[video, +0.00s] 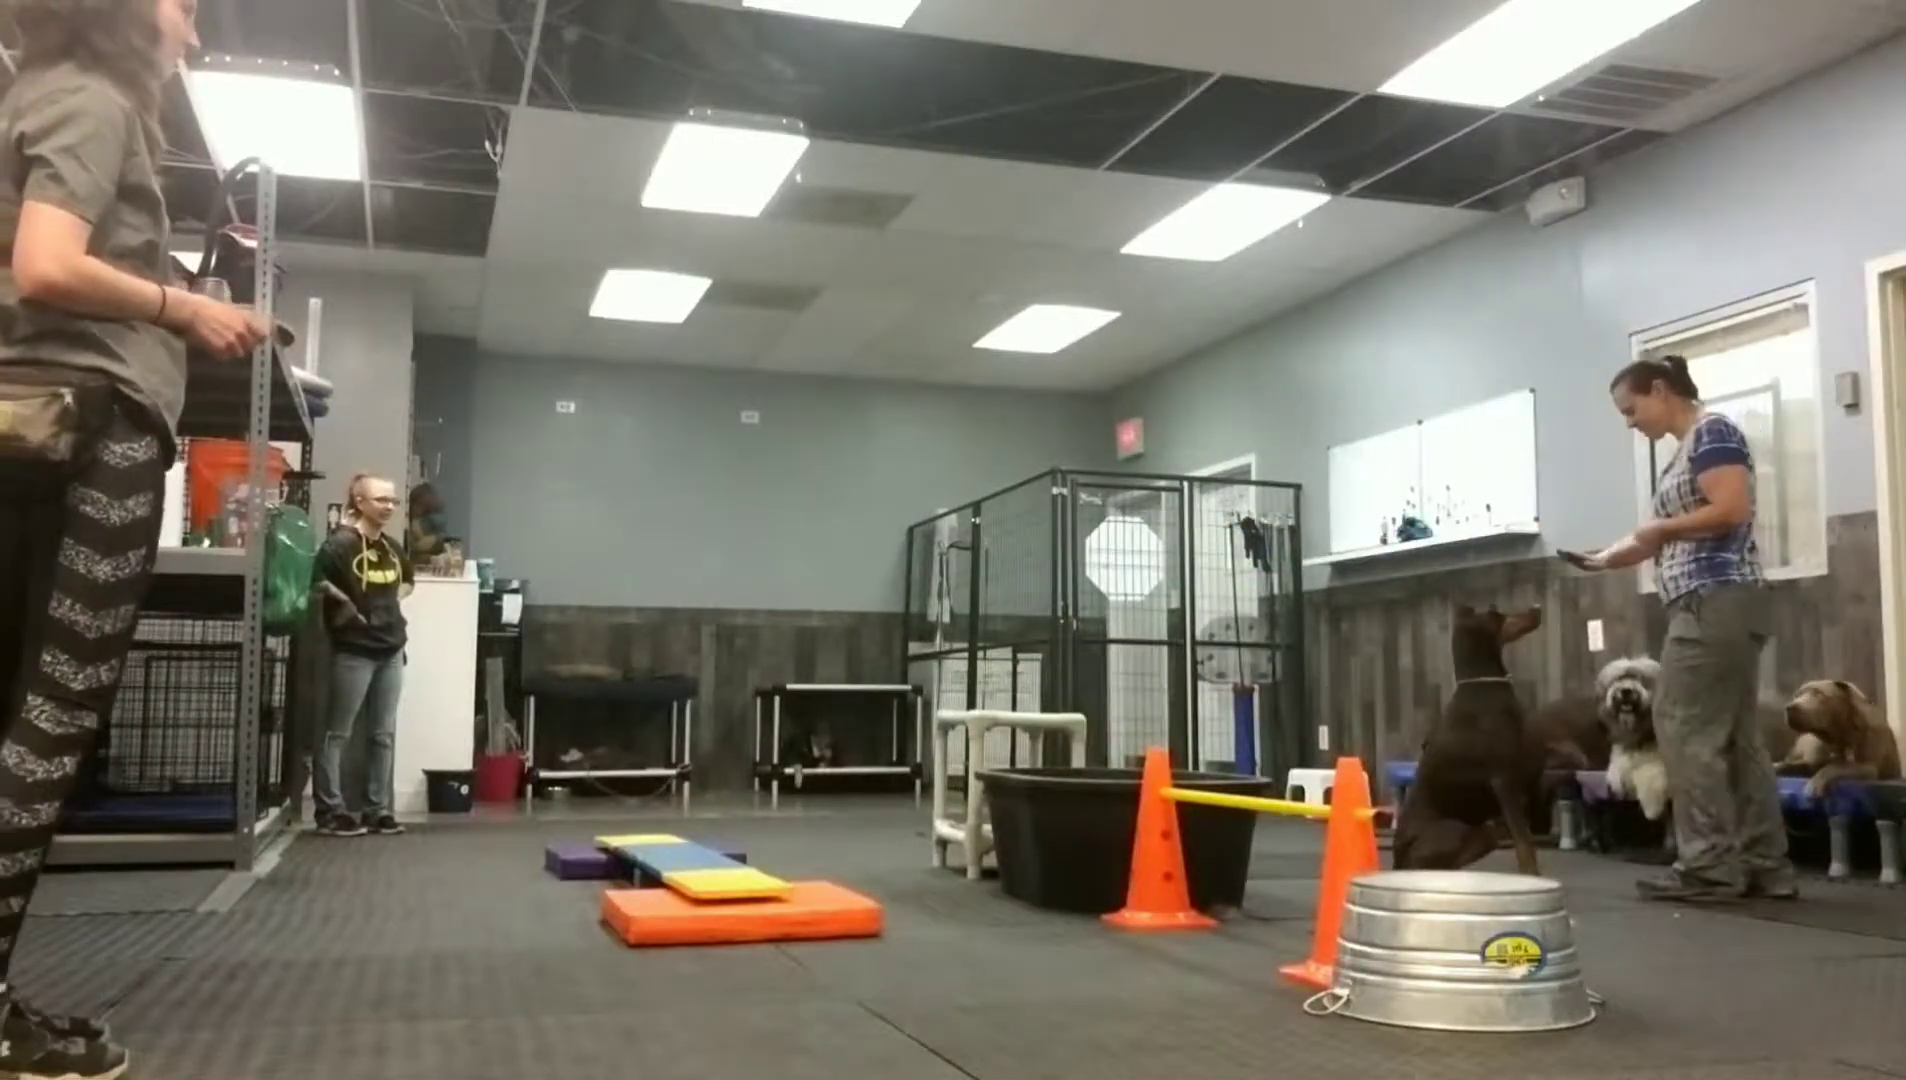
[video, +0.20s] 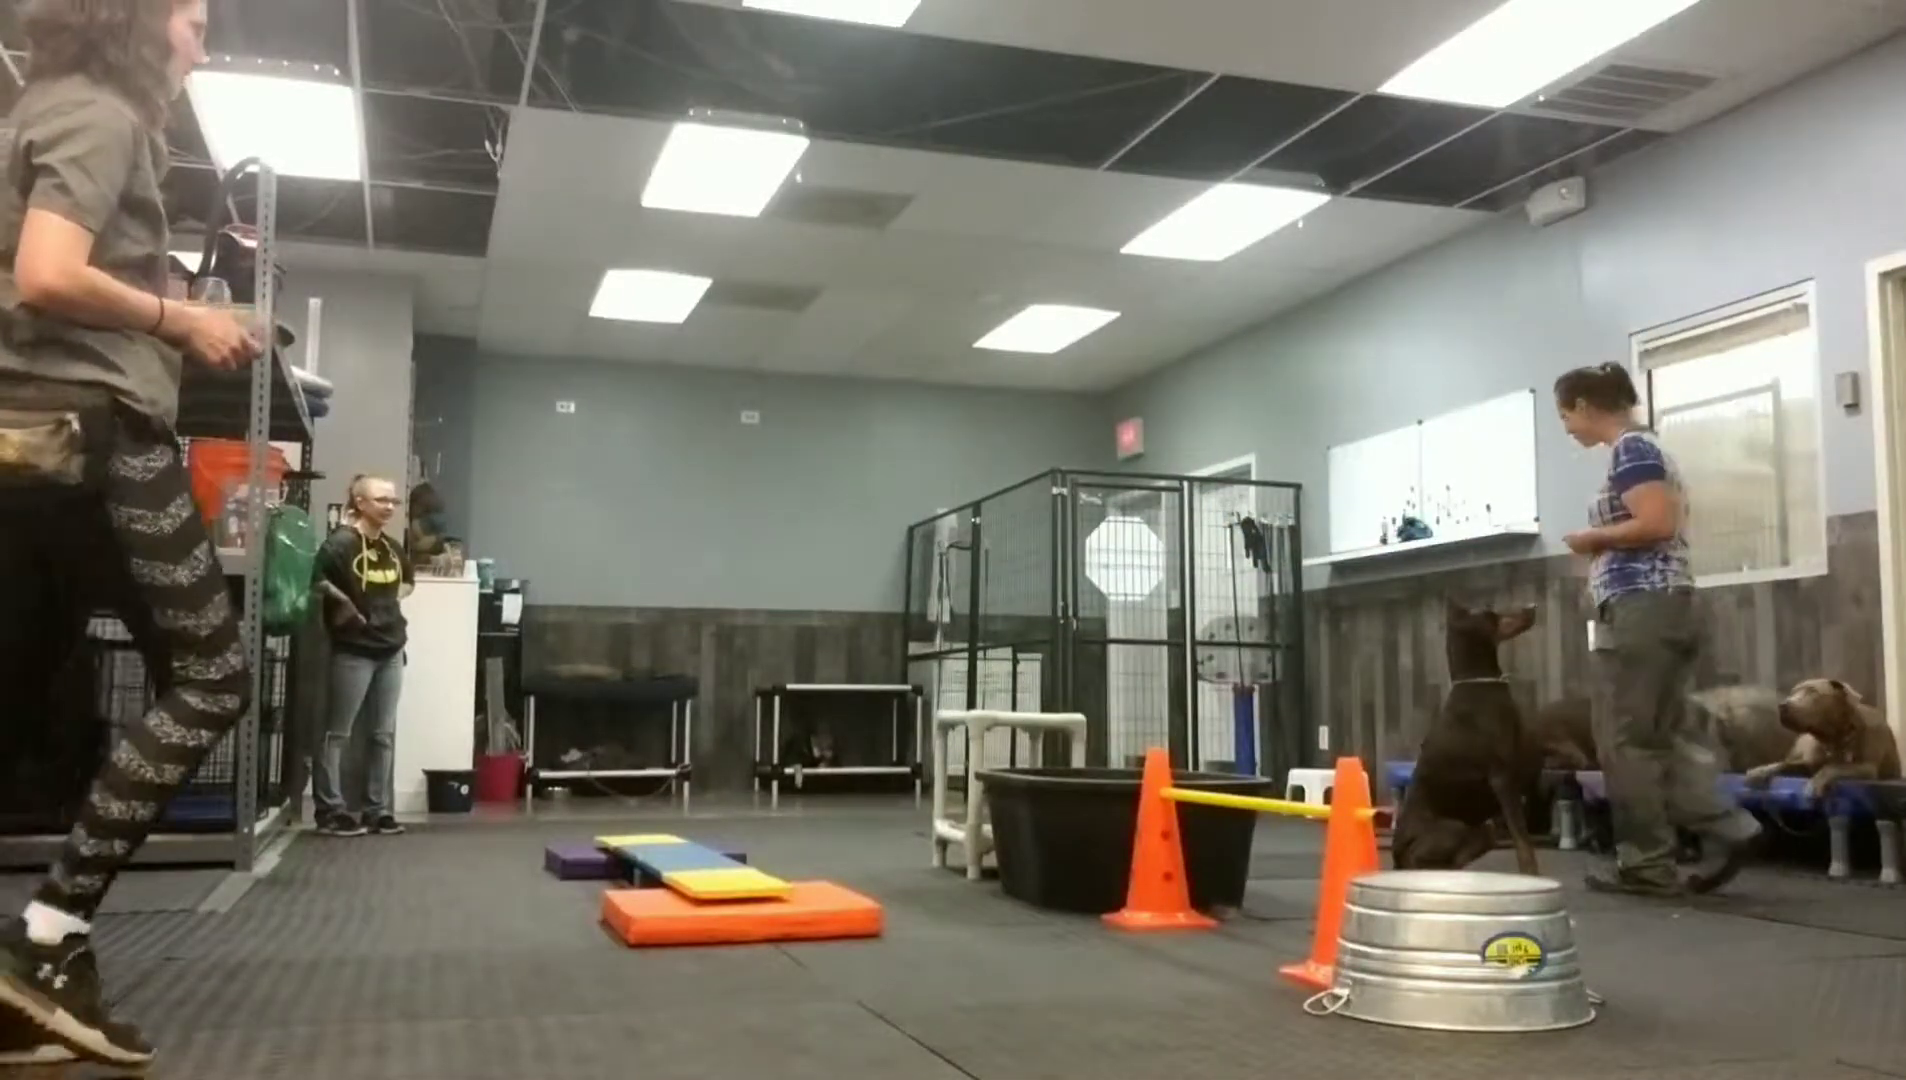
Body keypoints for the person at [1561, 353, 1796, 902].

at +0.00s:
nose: (1633, 426)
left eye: (1632, 412)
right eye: (1628, 417)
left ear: (1659, 391)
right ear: (1658, 397)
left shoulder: (1711, 431)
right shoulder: (1686, 452)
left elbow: (1733, 509)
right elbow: (1662, 537)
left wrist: (1661, 528)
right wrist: (1604, 559)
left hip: (1714, 604)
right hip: (1723, 604)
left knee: (1682, 725)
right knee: (1736, 736)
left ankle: (1708, 863)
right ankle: (1767, 865)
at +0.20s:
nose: (1568, 430)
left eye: (1566, 417)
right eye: (1564, 420)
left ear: (1585, 408)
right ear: (1606, 405)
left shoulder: (1632, 449)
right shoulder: (1647, 451)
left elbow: (1657, 522)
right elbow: (1665, 527)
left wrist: (1595, 537)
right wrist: (1605, 539)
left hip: (1639, 605)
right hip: (1665, 603)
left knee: (1622, 736)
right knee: (1656, 732)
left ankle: (1646, 860)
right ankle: (1722, 831)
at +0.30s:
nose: (1537, 429)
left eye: (1535, 418)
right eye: (1535, 419)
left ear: (1552, 409)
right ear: (1582, 406)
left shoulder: (1579, 452)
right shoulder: (1623, 452)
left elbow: (1596, 526)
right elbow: (1664, 521)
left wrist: (1546, 539)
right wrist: (1626, 553)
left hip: (1598, 604)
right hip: (1637, 599)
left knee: (1607, 728)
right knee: (1601, 725)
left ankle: (1646, 860)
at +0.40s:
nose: (1499, 434)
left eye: (1502, 422)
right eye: (1498, 424)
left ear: (1529, 414)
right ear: (1545, 416)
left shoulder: (1534, 465)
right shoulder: (1590, 467)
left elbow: (1544, 538)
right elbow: (1634, 534)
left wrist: (1510, 552)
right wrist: (1602, 575)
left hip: (1559, 616)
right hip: (1604, 610)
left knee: (1589, 734)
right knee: (1556, 734)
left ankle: (1644, 859)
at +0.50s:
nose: (1467, 439)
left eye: (1470, 428)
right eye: (1466, 430)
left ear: (1497, 422)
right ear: (1512, 424)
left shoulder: (1494, 470)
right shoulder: (1553, 471)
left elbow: (1502, 538)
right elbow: (1594, 538)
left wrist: (1470, 557)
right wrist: (1564, 581)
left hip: (1520, 620)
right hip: (1566, 618)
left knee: (1506, 726)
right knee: (1553, 721)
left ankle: (1582, 804)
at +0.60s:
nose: (1436, 449)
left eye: (1435, 439)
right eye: (1434, 440)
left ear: (1446, 431)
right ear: (1480, 432)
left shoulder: (1459, 473)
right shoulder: (1517, 480)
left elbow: (1465, 542)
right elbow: (1555, 540)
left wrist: (1433, 557)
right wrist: (1532, 588)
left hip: (1469, 613)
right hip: (1524, 610)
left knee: (1434, 721)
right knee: (1520, 719)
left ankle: (1443, 812)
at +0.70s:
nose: (1399, 461)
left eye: (1398, 454)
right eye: (1399, 454)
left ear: (1404, 452)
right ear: (1438, 450)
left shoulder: (1411, 491)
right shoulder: (1475, 496)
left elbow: (1413, 556)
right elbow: (1512, 557)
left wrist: (1389, 571)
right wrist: (1492, 602)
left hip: (1418, 628)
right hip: (1471, 625)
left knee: (1394, 734)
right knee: (1474, 731)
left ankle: (1377, 834)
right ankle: (1485, 831)